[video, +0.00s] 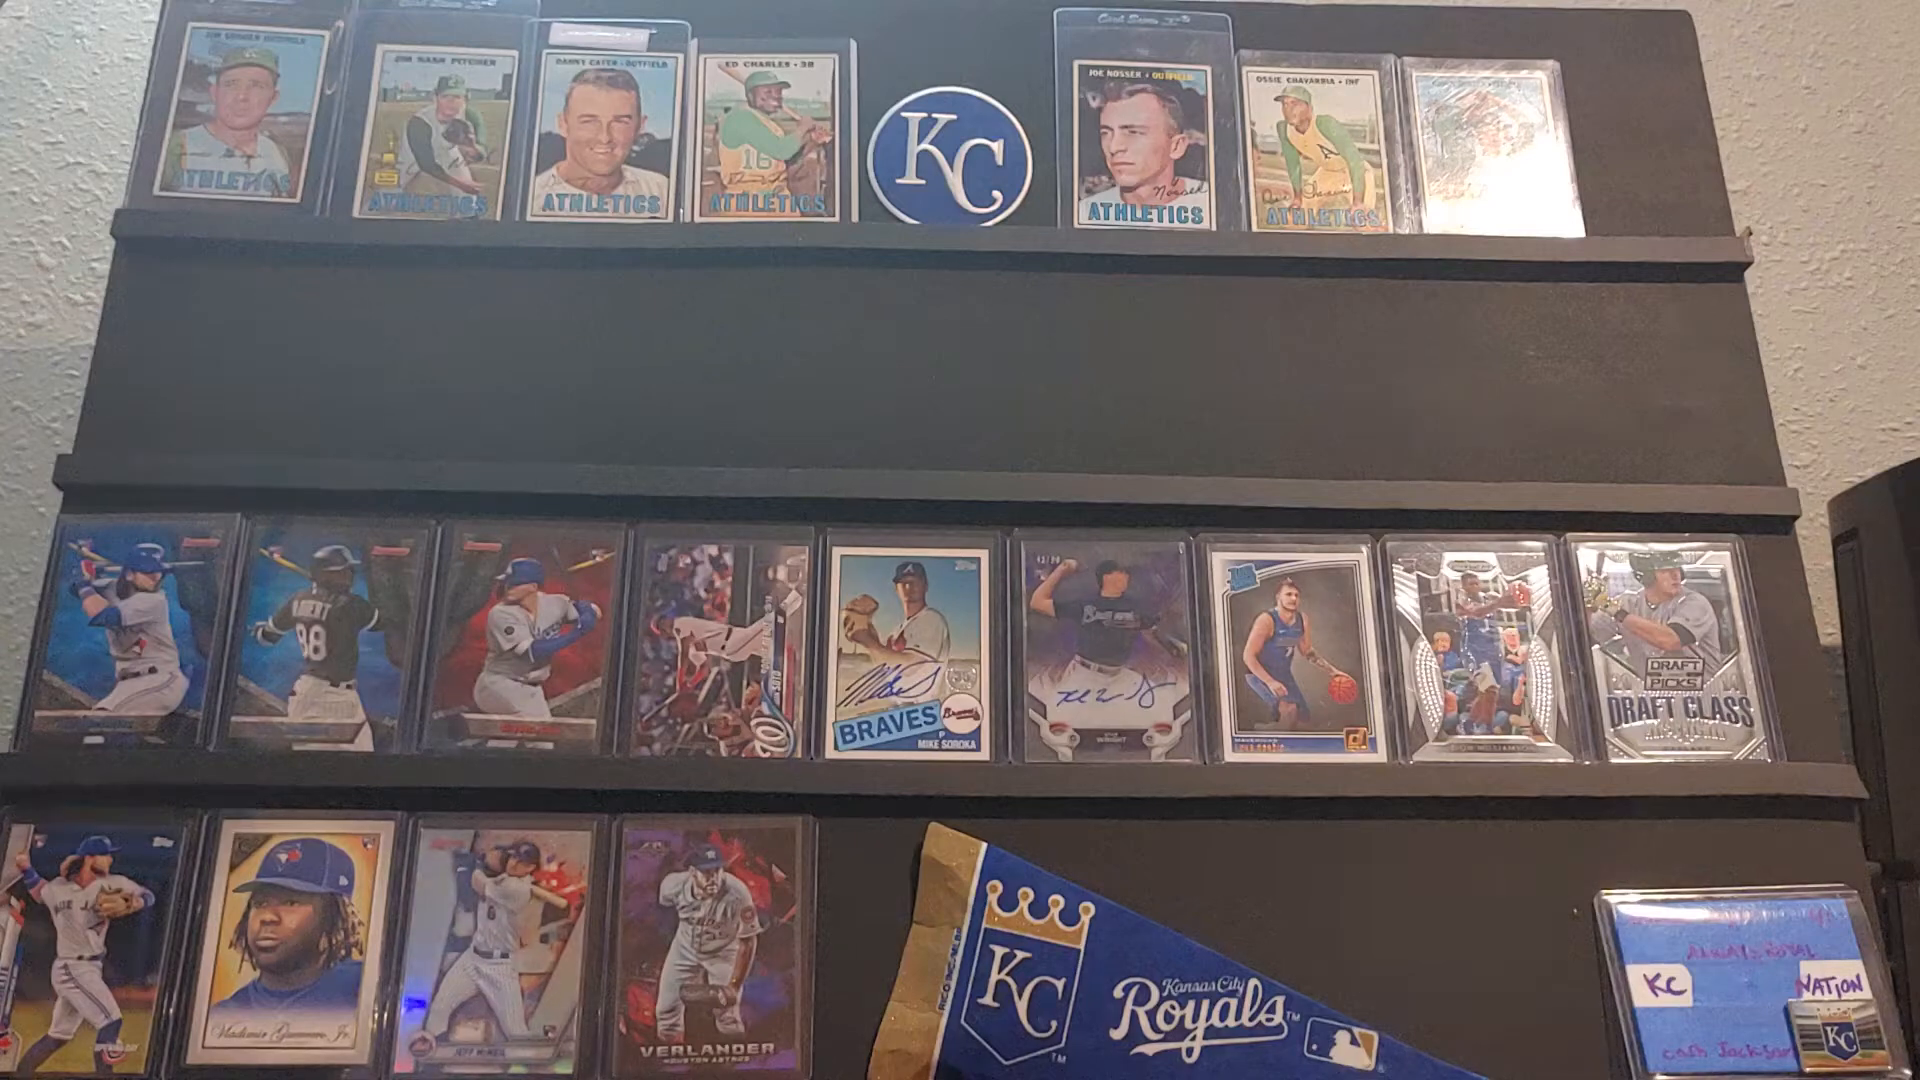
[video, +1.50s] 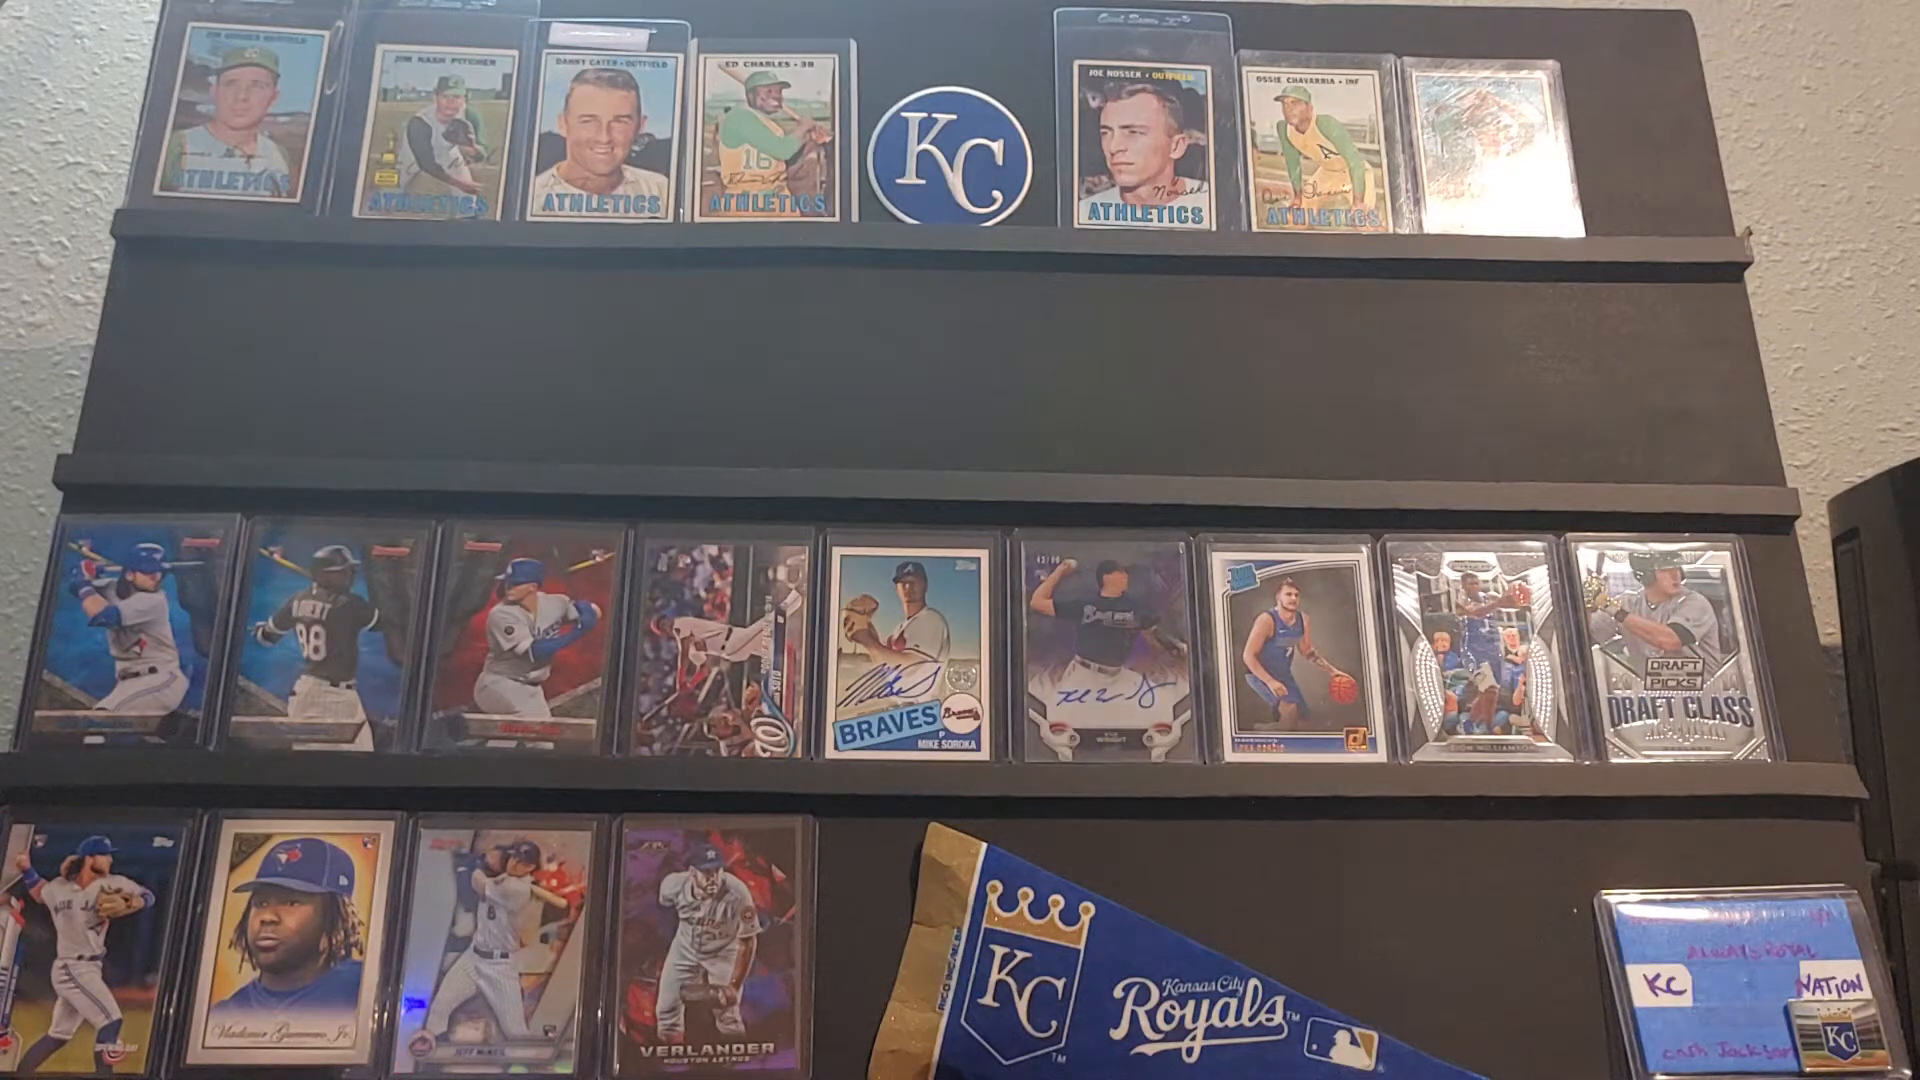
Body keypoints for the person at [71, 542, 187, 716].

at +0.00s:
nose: (156, 577)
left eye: (158, 572)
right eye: (148, 571)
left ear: (162, 573)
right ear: (130, 574)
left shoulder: (154, 600)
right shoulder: (115, 588)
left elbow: (105, 617)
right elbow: (78, 589)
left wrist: (83, 586)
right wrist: (87, 575)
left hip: (162, 679)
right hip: (130, 681)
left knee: (100, 717)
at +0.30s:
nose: (155, 577)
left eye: (158, 572)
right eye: (148, 571)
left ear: (162, 573)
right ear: (130, 574)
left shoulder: (154, 600)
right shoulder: (114, 588)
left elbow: (105, 617)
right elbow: (79, 589)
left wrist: (83, 586)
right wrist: (87, 574)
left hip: (162, 679)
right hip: (129, 681)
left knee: (99, 718)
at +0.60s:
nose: (155, 577)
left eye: (158, 572)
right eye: (148, 572)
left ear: (162, 573)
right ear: (130, 574)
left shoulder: (154, 600)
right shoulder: (113, 587)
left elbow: (104, 617)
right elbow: (78, 589)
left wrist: (83, 584)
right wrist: (87, 573)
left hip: (162, 679)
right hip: (129, 681)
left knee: (100, 717)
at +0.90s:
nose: (155, 577)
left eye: (158, 572)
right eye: (148, 572)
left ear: (162, 572)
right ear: (130, 574)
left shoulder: (154, 600)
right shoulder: (114, 587)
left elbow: (104, 617)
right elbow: (78, 588)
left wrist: (83, 586)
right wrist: (87, 573)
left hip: (162, 679)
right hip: (129, 681)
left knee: (100, 717)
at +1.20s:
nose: (156, 577)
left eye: (158, 572)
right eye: (148, 572)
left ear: (162, 572)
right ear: (130, 574)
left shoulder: (154, 600)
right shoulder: (113, 588)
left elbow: (103, 616)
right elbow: (79, 588)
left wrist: (82, 584)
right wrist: (87, 573)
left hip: (162, 679)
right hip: (129, 682)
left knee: (100, 717)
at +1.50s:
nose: (156, 577)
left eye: (158, 572)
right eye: (148, 572)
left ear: (162, 572)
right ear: (130, 574)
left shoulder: (154, 600)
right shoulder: (113, 588)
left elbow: (104, 616)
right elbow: (79, 588)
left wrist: (82, 584)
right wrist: (87, 573)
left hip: (162, 679)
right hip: (129, 682)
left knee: (100, 717)